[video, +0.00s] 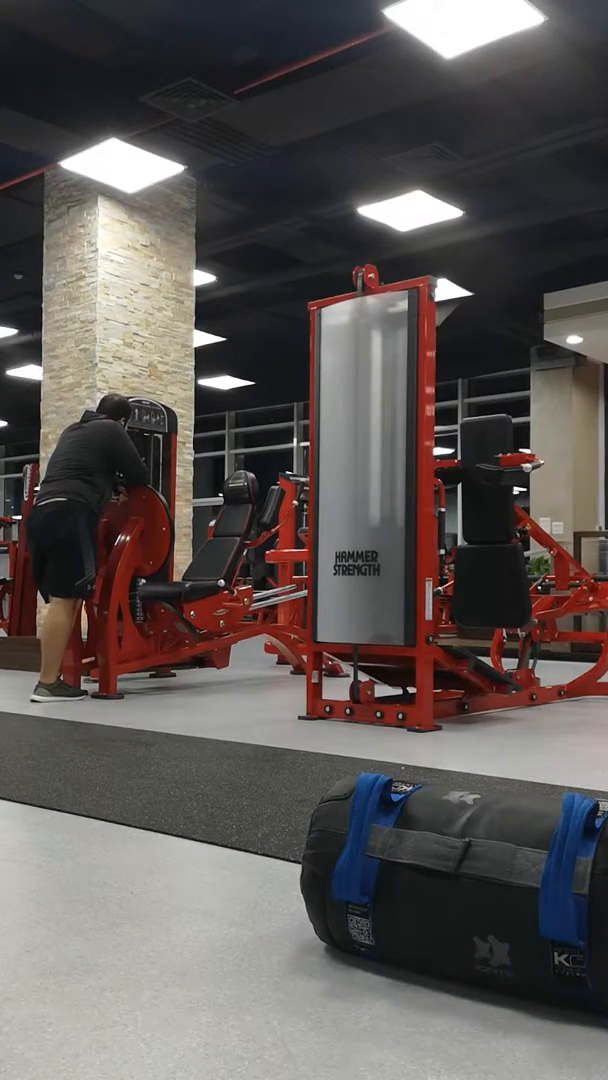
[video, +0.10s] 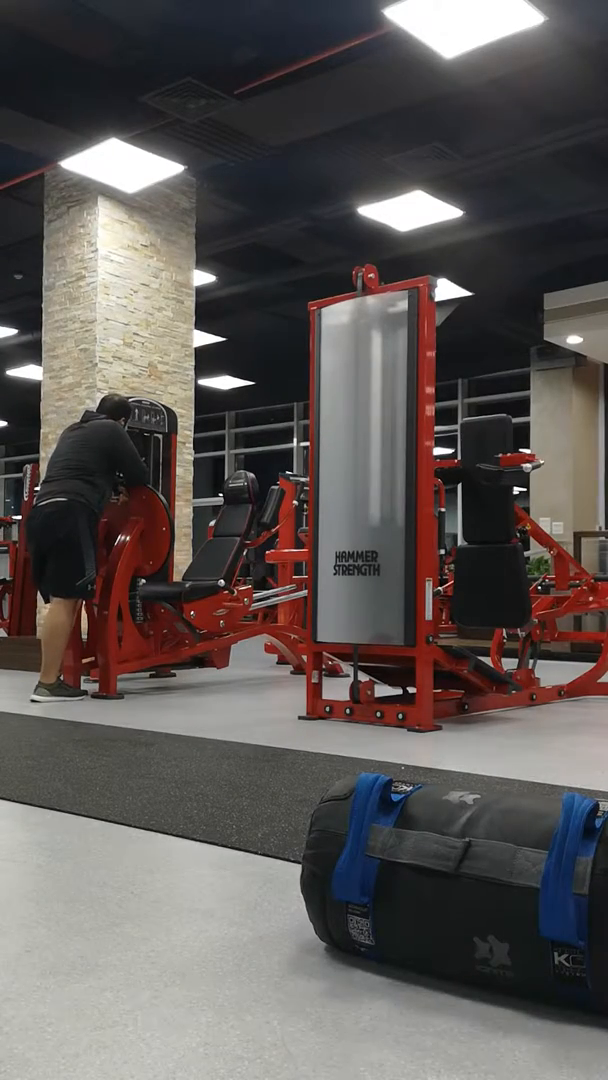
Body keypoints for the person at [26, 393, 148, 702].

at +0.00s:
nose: (126, 427)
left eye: (126, 424)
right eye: (127, 423)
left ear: (99, 414)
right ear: (122, 420)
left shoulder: (71, 431)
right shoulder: (113, 431)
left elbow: (75, 469)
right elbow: (141, 478)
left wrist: (109, 486)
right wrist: (114, 474)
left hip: (40, 512)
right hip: (66, 511)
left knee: (63, 600)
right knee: (62, 600)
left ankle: (51, 678)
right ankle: (48, 682)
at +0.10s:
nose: (126, 427)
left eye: (126, 424)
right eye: (127, 423)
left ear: (99, 414)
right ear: (122, 420)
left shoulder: (71, 431)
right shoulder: (113, 430)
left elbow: (75, 469)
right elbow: (141, 478)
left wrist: (109, 486)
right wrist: (114, 474)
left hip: (40, 512)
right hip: (67, 511)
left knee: (62, 600)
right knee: (62, 600)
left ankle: (51, 678)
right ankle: (48, 682)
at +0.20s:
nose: (126, 427)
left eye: (126, 424)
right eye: (127, 423)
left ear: (99, 414)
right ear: (122, 420)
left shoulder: (71, 431)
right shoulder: (113, 431)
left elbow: (75, 469)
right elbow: (141, 478)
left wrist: (109, 486)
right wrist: (114, 474)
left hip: (40, 512)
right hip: (67, 510)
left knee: (62, 600)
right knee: (63, 600)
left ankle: (51, 678)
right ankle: (48, 682)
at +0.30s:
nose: (126, 427)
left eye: (126, 423)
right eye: (127, 423)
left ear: (99, 414)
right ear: (122, 419)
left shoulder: (71, 431)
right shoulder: (113, 431)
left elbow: (76, 470)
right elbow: (140, 478)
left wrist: (110, 487)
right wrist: (114, 476)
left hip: (42, 511)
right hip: (68, 510)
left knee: (61, 600)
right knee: (64, 600)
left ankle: (50, 678)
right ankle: (48, 682)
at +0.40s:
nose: (126, 427)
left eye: (126, 423)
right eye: (127, 423)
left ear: (99, 414)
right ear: (122, 419)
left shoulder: (71, 431)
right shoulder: (113, 431)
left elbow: (76, 469)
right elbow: (140, 478)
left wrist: (110, 486)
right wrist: (114, 476)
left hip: (42, 511)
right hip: (68, 510)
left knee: (61, 600)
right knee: (64, 600)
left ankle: (50, 678)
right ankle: (48, 682)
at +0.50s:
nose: (126, 427)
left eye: (126, 423)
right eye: (127, 423)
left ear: (99, 414)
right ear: (122, 419)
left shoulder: (71, 431)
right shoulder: (114, 431)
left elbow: (76, 470)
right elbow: (140, 478)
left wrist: (110, 486)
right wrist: (114, 477)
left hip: (42, 511)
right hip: (68, 510)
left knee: (60, 600)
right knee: (64, 600)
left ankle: (50, 678)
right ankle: (48, 682)